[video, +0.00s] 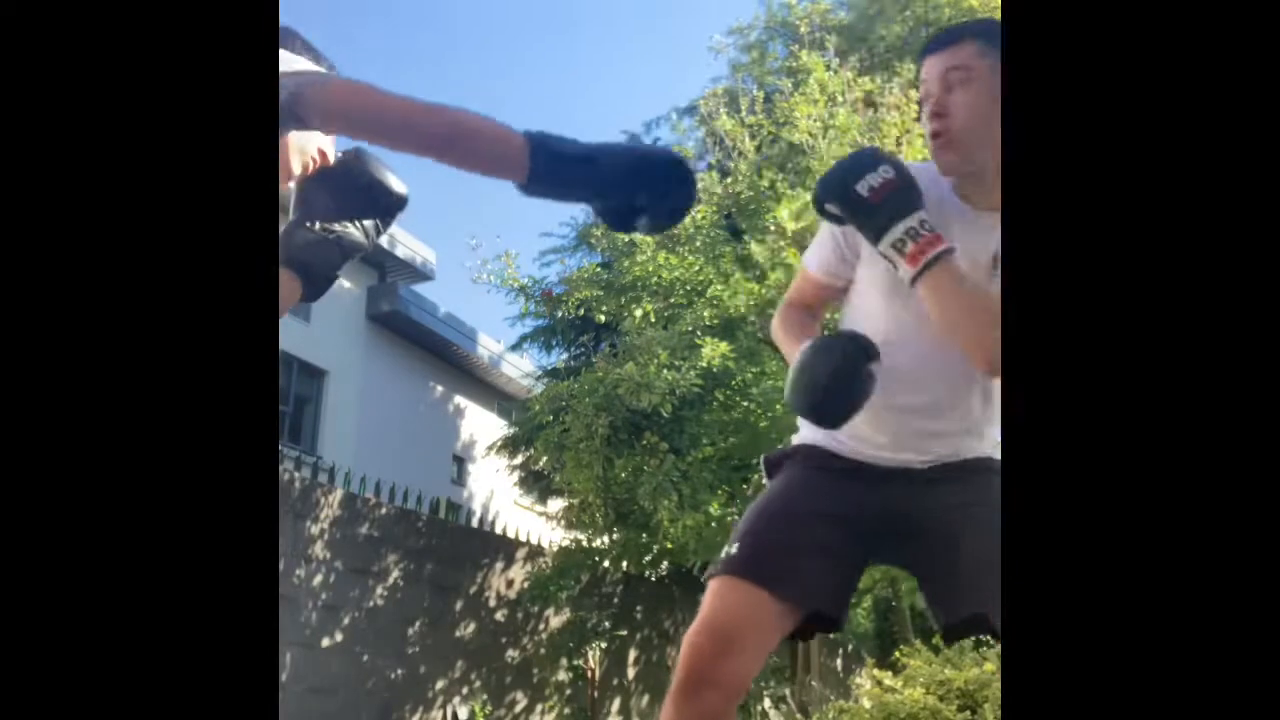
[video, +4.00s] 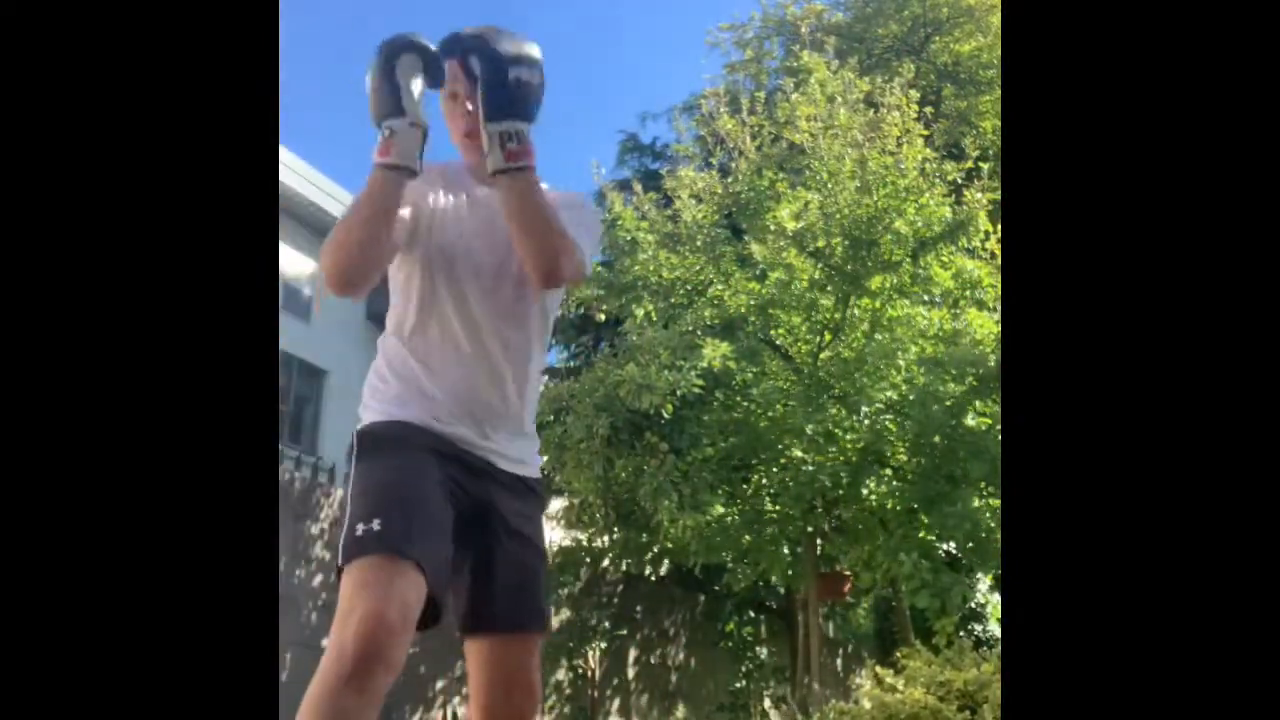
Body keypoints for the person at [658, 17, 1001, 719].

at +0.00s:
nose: (932, 105)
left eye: (956, 82)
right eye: (925, 90)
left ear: (1007, 94)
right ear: (920, 107)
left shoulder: (1002, 217)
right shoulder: (882, 194)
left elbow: (992, 349)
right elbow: (795, 311)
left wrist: (908, 234)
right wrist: (808, 356)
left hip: (966, 472)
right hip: (834, 464)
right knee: (711, 654)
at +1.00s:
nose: (833, 50)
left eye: (856, 26)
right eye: (826, 38)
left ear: (919, 36)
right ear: (819, 58)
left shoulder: (976, 170)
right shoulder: (783, 158)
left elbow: (969, 283)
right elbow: (735, 284)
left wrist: (850, 189)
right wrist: (736, 303)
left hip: (910, 441)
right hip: (777, 433)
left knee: (1003, 669)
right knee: (672, 672)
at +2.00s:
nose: (627, 108)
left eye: (649, 92)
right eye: (617, 99)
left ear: (693, 114)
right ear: (607, 118)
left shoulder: (702, 233)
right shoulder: (549, 182)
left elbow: (697, 307)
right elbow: (435, 288)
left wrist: (599, 199)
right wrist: (464, 278)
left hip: (600, 453)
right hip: (500, 404)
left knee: (628, 695)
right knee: (441, 616)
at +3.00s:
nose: (484, 113)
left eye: (504, 105)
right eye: (472, 105)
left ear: (539, 137)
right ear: (455, 123)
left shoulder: (527, 252)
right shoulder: (393, 172)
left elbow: (529, 336)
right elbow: (286, 256)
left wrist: (473, 226)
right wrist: (337, 303)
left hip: (428, 451)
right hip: (338, 396)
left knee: (406, 694)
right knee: (304, 621)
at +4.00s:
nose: (470, 103)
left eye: (487, 87)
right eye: (457, 87)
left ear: (521, 97)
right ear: (438, 99)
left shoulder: (565, 206)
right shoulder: (419, 186)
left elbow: (552, 271)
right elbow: (343, 277)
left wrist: (510, 140)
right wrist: (397, 150)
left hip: (510, 458)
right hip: (408, 430)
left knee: (511, 698)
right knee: (373, 637)